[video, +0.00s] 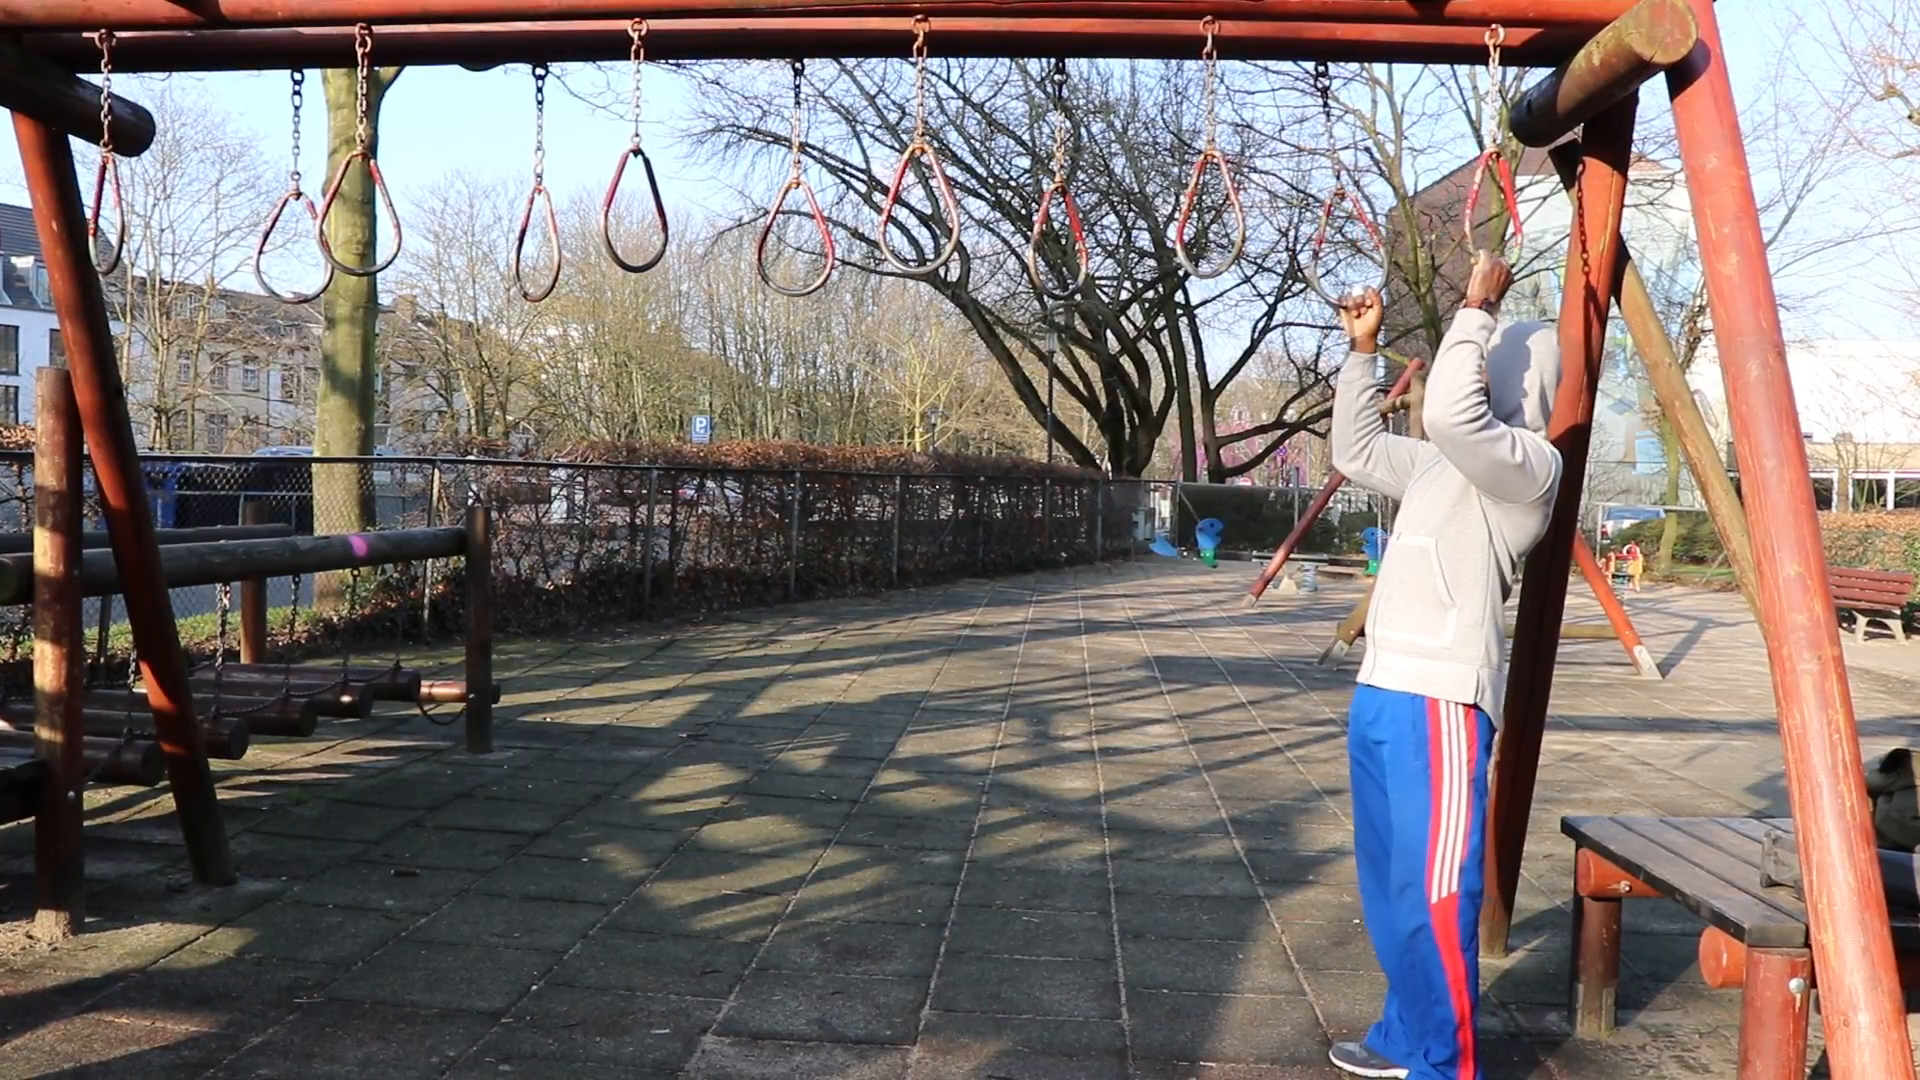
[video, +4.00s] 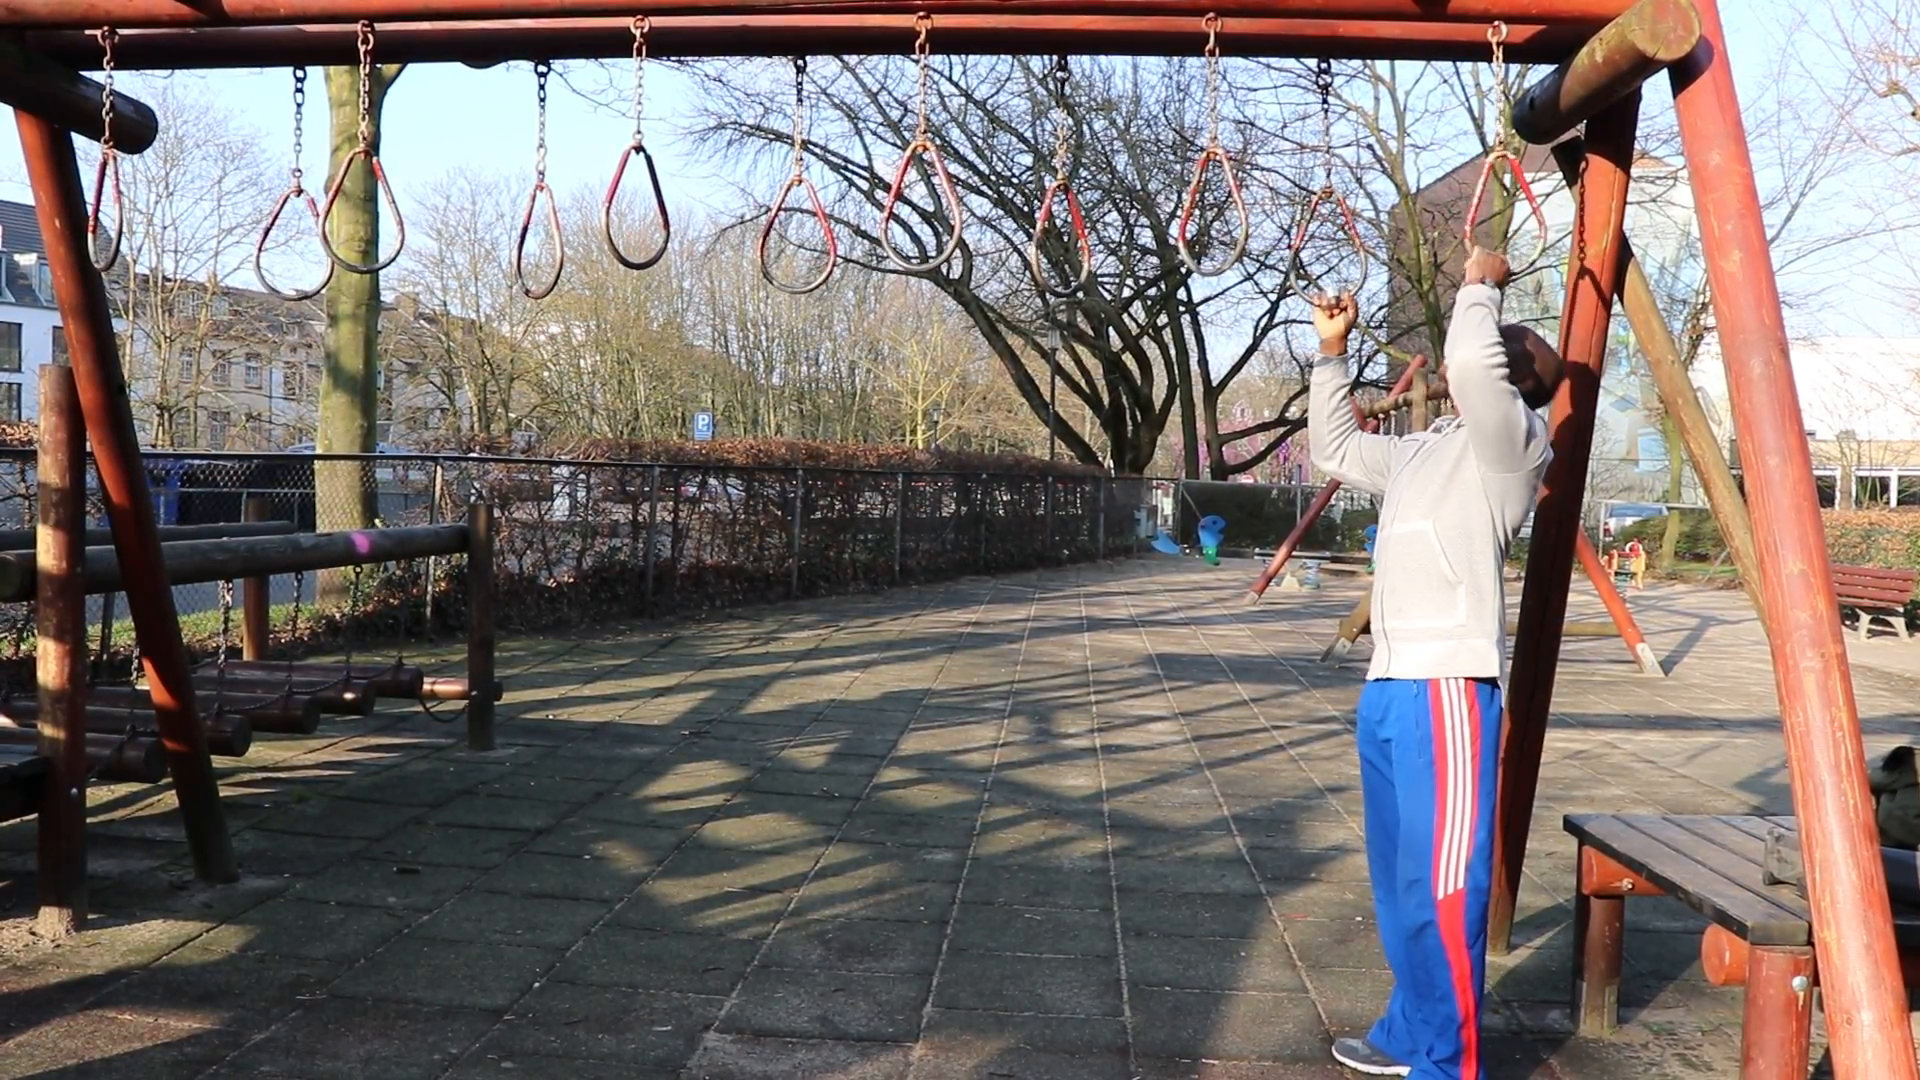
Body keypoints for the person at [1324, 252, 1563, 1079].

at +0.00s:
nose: (1463, 370)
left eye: (1489, 361)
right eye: (1469, 359)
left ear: (1515, 384)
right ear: (1505, 386)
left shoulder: (1531, 467)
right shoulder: (1438, 461)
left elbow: (1452, 413)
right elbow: (1356, 448)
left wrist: (1473, 313)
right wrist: (1362, 349)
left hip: (1441, 702)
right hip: (1383, 697)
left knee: (1434, 896)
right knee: (1390, 890)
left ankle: (1445, 1063)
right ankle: (1407, 1037)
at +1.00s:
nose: (1428, 368)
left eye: (1453, 353)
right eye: (1432, 354)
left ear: (1497, 371)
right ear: (1450, 378)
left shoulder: (1522, 453)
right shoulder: (1418, 451)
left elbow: (1448, 418)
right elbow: (1337, 450)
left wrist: (1454, 309)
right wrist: (1340, 352)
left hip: (1464, 696)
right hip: (1401, 694)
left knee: (1453, 885)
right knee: (1405, 879)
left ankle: (1447, 1058)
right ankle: (1408, 1034)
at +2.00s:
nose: (1429, 363)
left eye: (1451, 350)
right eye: (1433, 351)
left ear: (1481, 364)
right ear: (1498, 365)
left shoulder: (1507, 445)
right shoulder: (1423, 450)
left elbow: (1428, 433)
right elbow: (1337, 454)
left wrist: (1425, 331)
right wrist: (1322, 355)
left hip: (1463, 695)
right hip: (1407, 693)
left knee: (1452, 884)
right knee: (1407, 877)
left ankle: (1449, 1056)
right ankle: (1409, 1032)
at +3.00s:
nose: (1427, 357)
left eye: (1449, 346)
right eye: (1431, 343)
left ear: (1483, 377)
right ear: (1420, 369)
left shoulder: (1501, 438)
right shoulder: (1394, 444)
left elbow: (1449, 487)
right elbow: (1309, 448)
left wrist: (1434, 370)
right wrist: (1301, 348)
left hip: (1454, 695)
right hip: (1388, 690)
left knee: (1445, 887)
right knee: (1396, 879)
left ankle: (1447, 1059)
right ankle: (1407, 1031)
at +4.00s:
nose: (1487, 355)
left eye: (1509, 353)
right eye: (1490, 345)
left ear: (1525, 390)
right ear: (1473, 370)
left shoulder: (1511, 445)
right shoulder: (1417, 450)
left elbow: (1473, 364)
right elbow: (1334, 445)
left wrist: (1481, 284)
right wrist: (1331, 351)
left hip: (1451, 692)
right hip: (1391, 691)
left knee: (1446, 884)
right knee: (1401, 880)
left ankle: (1448, 1059)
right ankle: (1412, 1033)